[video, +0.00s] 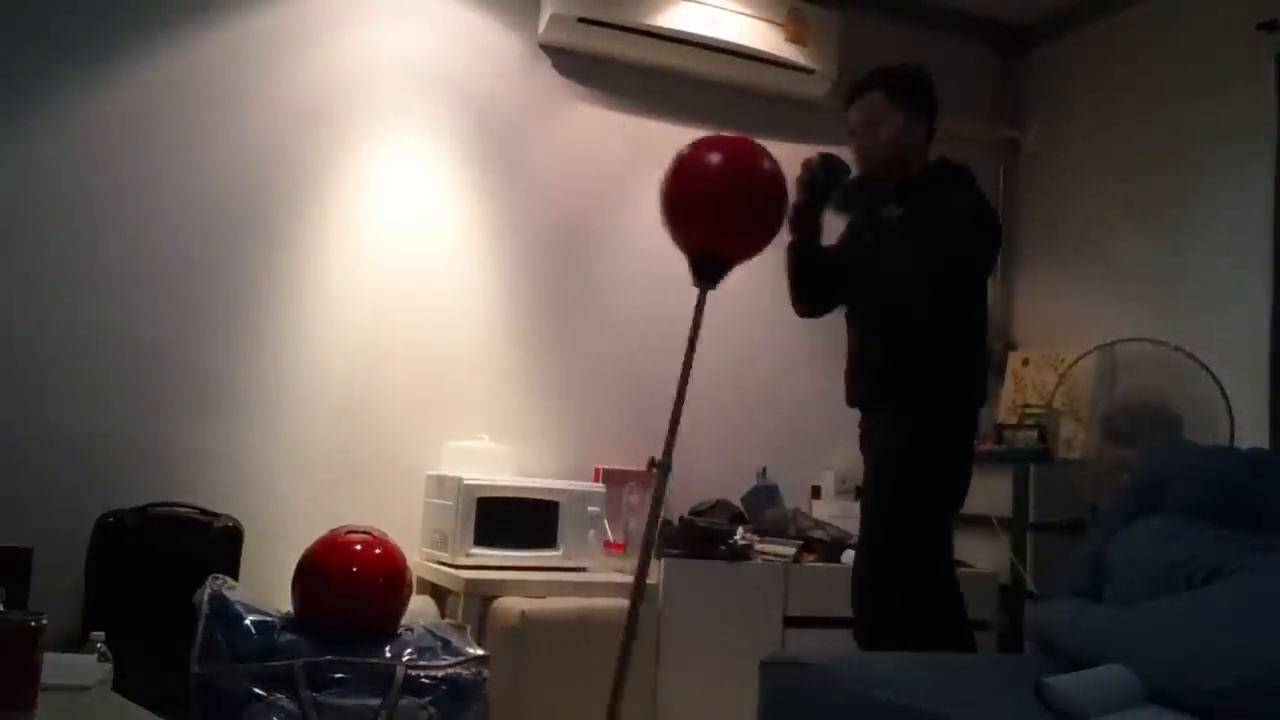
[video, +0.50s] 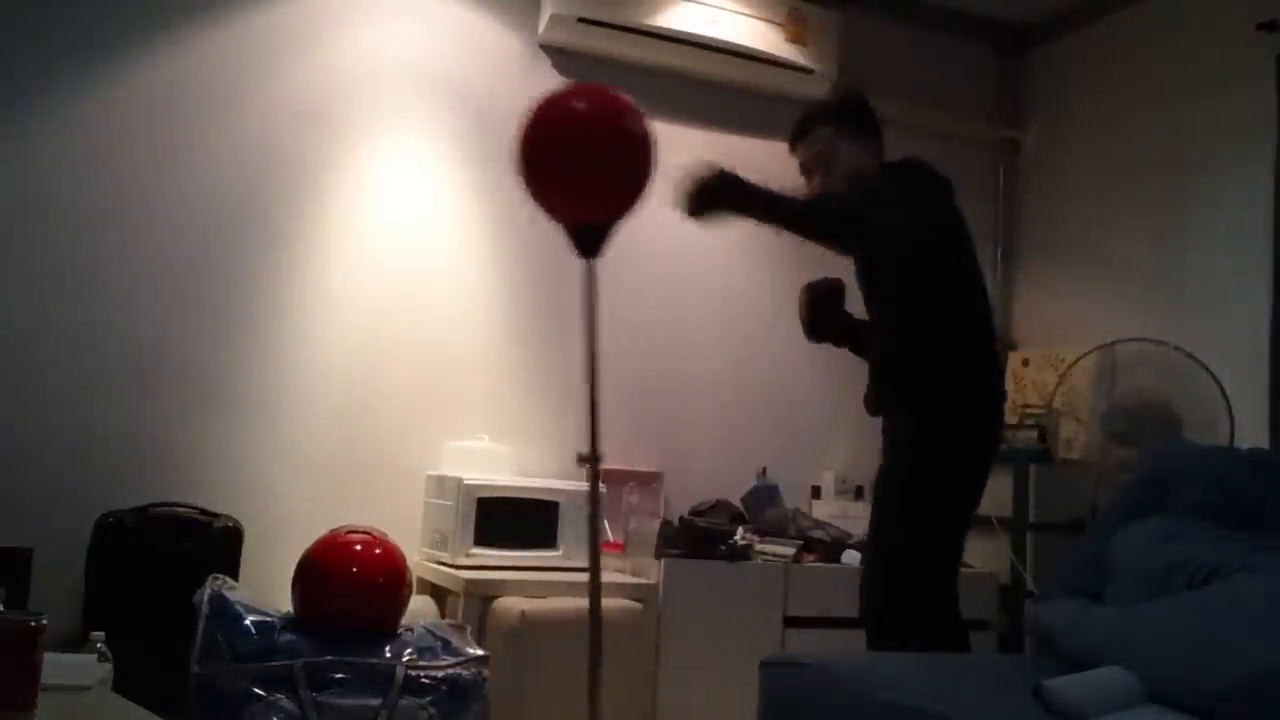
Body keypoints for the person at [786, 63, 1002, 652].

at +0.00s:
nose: (854, 139)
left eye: (866, 123)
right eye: (851, 127)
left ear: (907, 125)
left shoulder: (951, 192)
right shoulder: (877, 209)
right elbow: (811, 295)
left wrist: (865, 195)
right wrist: (805, 214)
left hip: (934, 415)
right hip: (890, 416)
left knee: (887, 588)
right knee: (916, 582)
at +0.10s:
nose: (858, 165)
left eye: (870, 147)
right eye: (851, 152)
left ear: (912, 137)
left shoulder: (955, 202)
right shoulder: (888, 221)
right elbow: (824, 303)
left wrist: (858, 201)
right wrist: (813, 220)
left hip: (939, 420)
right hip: (897, 420)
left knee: (885, 586)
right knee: (918, 581)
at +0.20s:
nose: (856, 171)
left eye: (866, 152)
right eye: (849, 159)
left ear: (907, 141)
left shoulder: (955, 206)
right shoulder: (887, 225)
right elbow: (832, 315)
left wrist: (866, 230)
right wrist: (812, 241)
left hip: (940, 419)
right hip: (901, 421)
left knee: (884, 586)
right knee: (924, 582)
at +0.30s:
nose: (847, 169)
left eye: (856, 150)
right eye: (837, 160)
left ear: (896, 138)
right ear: (832, 163)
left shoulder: (941, 199)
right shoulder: (887, 223)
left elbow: (915, 296)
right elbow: (847, 331)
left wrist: (846, 250)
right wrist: (814, 271)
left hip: (942, 410)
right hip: (906, 412)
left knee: (893, 581)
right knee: (916, 577)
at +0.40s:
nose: (827, 181)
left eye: (833, 161)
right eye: (820, 171)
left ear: (872, 143)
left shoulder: (921, 193)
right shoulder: (887, 223)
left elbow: (910, 271)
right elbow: (882, 343)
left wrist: (829, 247)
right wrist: (825, 304)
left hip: (944, 415)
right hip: (919, 416)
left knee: (895, 593)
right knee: (917, 590)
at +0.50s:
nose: (814, 185)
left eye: (820, 166)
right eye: (808, 174)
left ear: (858, 146)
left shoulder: (909, 188)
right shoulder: (889, 218)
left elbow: (840, 221)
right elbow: (906, 351)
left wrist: (738, 196)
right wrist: (839, 325)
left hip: (941, 417)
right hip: (937, 418)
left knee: (895, 593)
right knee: (920, 592)